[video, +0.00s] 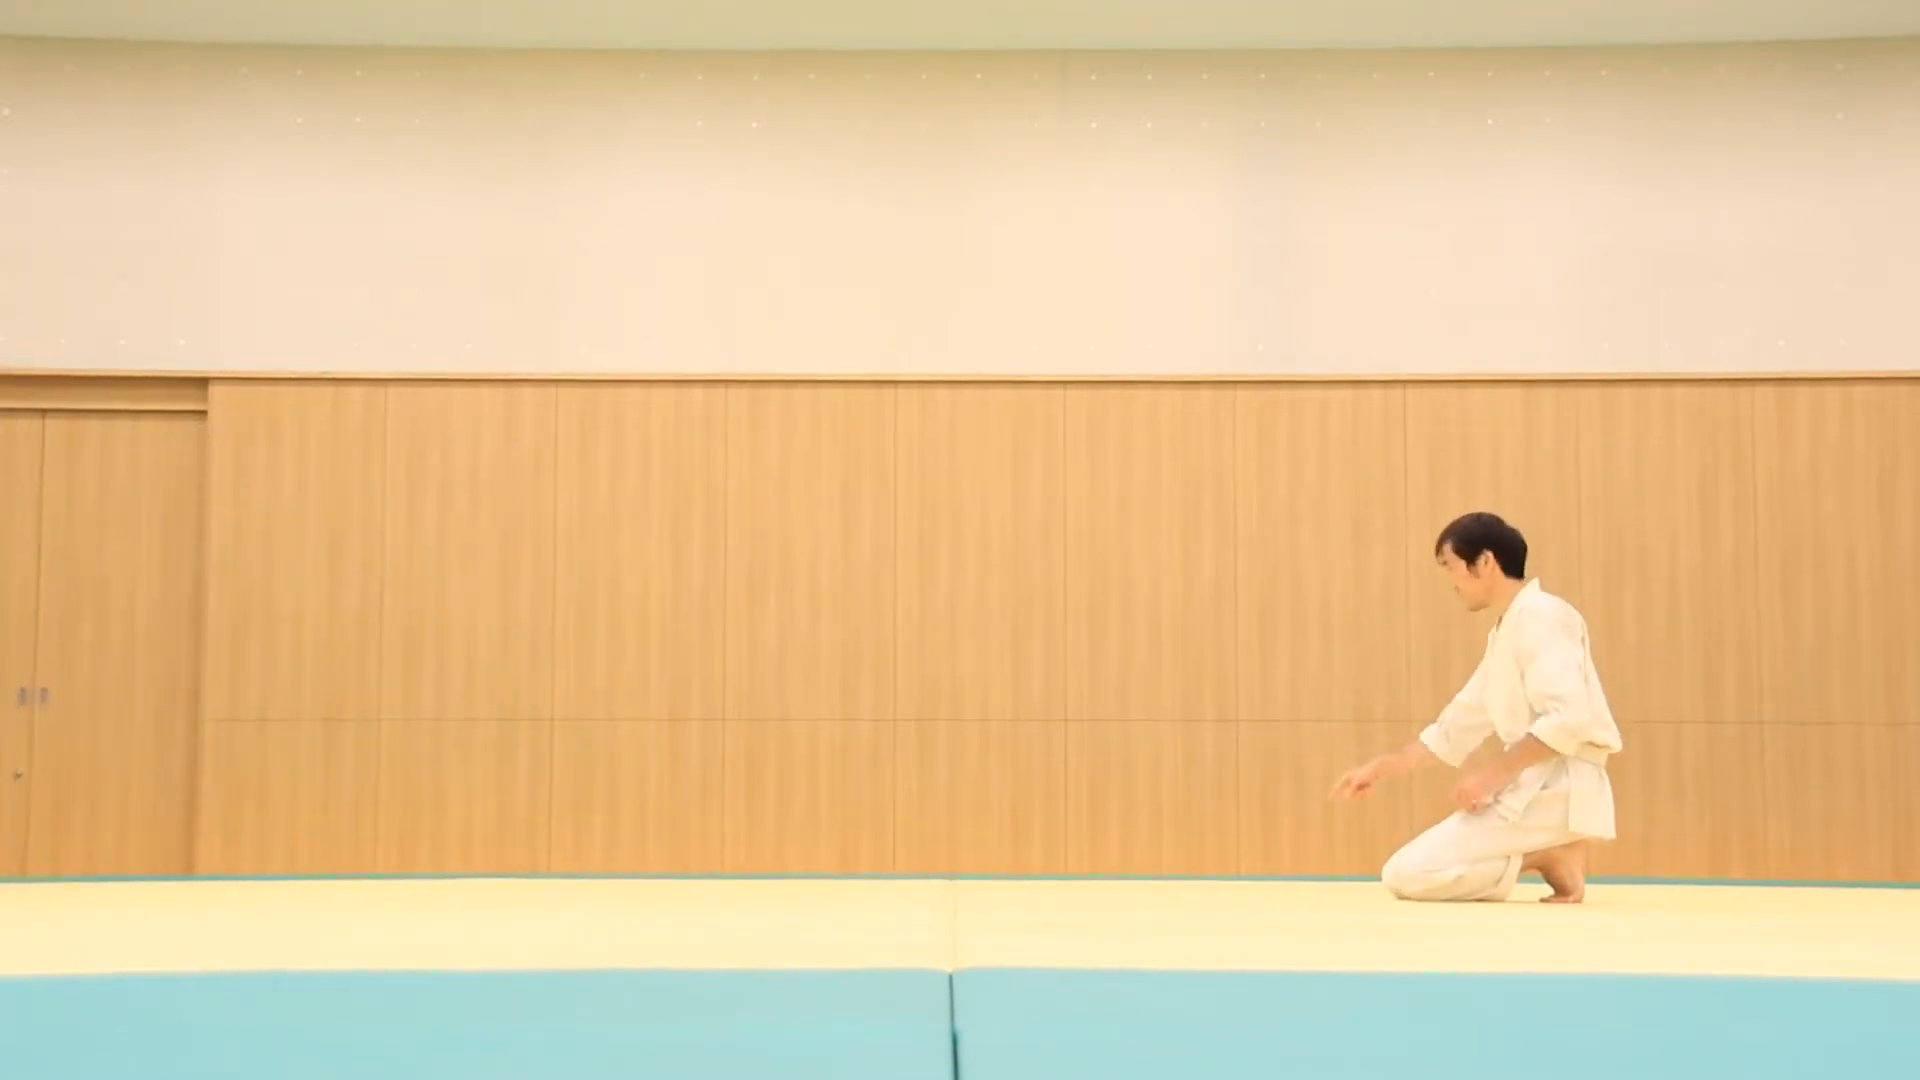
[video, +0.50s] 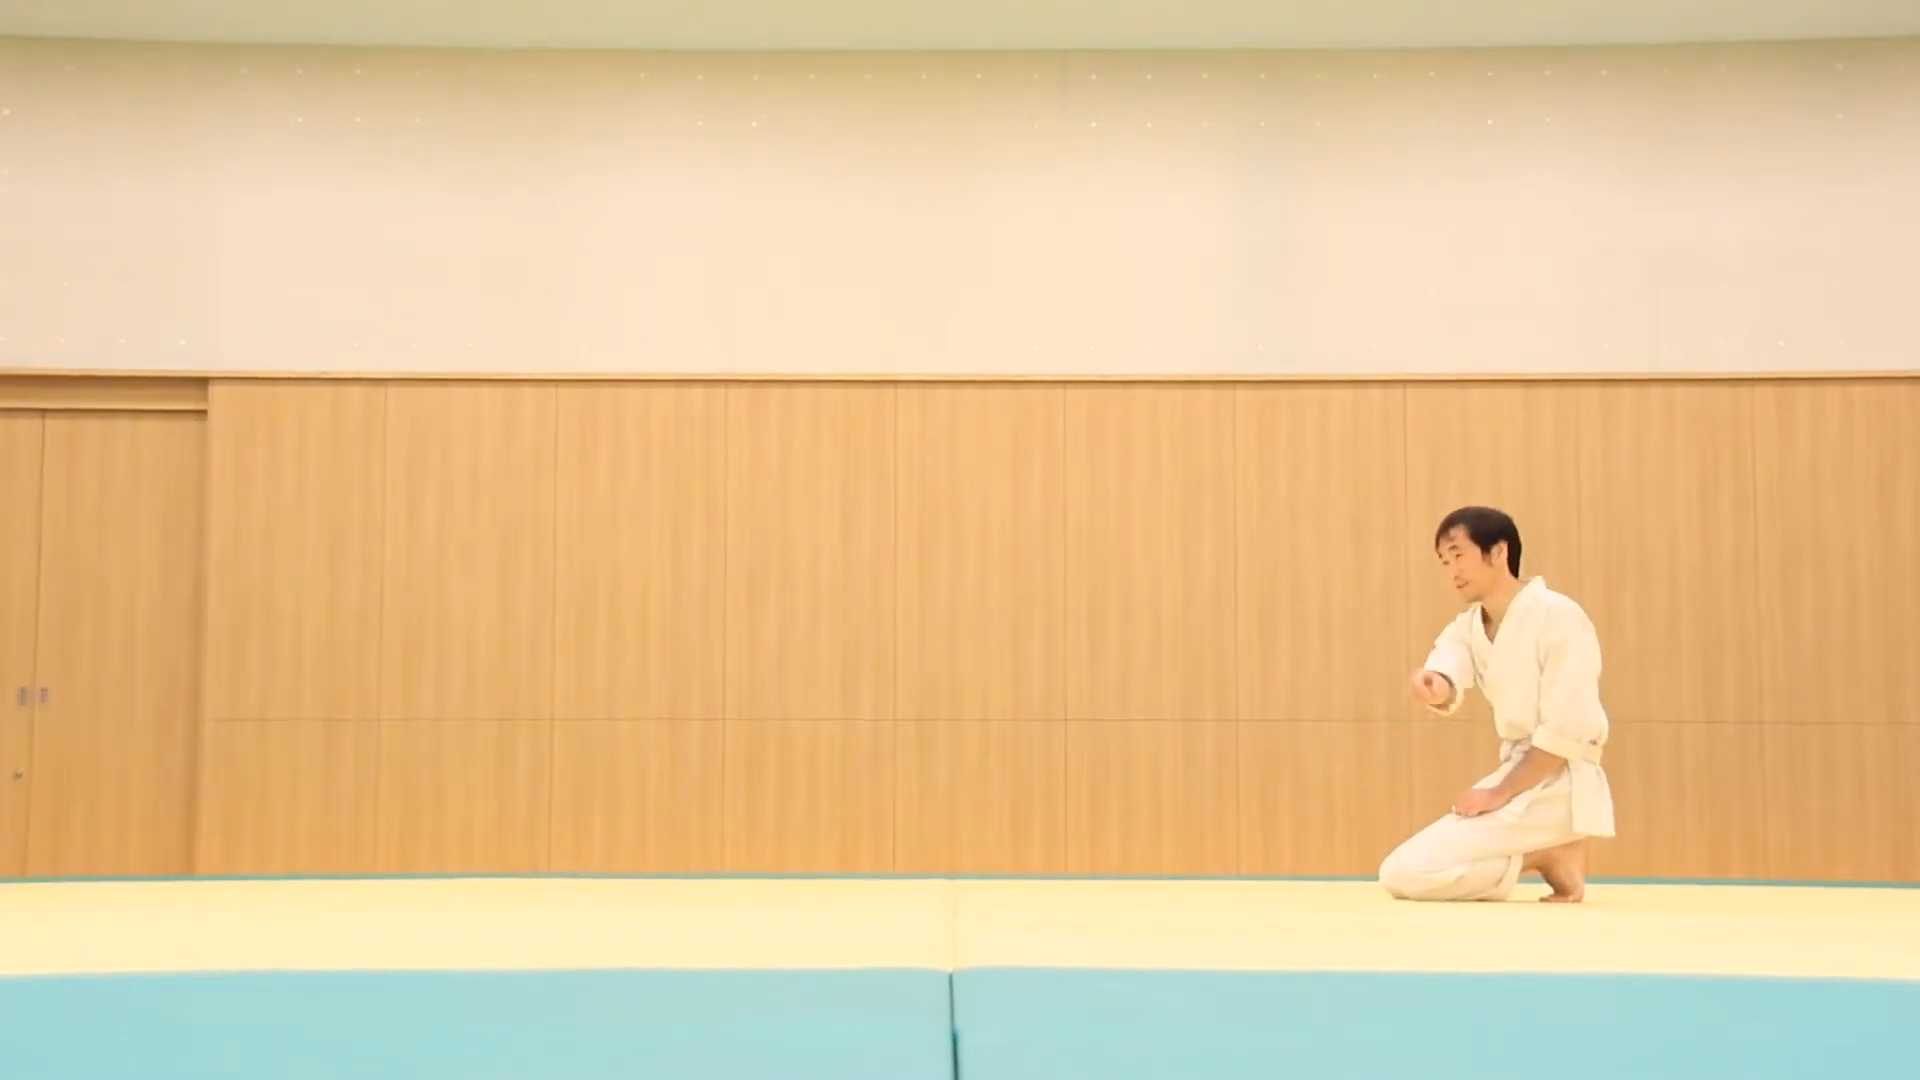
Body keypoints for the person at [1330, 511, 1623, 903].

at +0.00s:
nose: (1451, 582)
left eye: (1451, 568)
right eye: (1446, 571)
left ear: (1487, 564)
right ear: (1487, 566)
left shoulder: (1541, 616)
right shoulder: (1508, 629)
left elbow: (1570, 719)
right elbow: (1460, 722)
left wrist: (1494, 774)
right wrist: (1381, 769)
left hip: (1560, 794)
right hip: (1537, 789)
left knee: (1407, 877)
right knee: (1406, 873)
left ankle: (1549, 855)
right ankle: (1546, 857)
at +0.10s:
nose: (1452, 581)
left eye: (1456, 565)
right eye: (1448, 570)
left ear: (1495, 560)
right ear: (1491, 564)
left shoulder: (1553, 621)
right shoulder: (1495, 638)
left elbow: (1573, 730)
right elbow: (1446, 738)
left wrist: (1503, 789)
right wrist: (1374, 755)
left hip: (1563, 791)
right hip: (1526, 785)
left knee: (1406, 876)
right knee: (1405, 872)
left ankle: (1550, 856)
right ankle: (1545, 858)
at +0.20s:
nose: (1454, 579)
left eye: (1460, 563)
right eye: (1449, 569)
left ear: (1501, 558)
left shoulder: (1561, 622)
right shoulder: (1485, 640)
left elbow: (1575, 729)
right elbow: (1438, 723)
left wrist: (1503, 789)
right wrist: (1380, 746)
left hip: (1565, 791)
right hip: (1520, 786)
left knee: (1406, 876)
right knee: (1403, 873)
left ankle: (1550, 856)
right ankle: (1546, 858)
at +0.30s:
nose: (1458, 575)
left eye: (1465, 559)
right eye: (1453, 565)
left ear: (1506, 555)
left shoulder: (1564, 621)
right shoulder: (1474, 637)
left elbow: (1578, 728)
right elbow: (1433, 705)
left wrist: (1506, 789)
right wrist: (1392, 734)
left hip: (1566, 789)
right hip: (1516, 784)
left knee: (1405, 875)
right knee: (1401, 874)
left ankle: (1548, 857)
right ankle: (1546, 857)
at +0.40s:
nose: (1455, 574)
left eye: (1462, 558)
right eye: (1449, 565)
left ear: (1503, 555)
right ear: (1446, 569)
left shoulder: (1559, 621)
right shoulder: (1471, 633)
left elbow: (1575, 728)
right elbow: (1442, 696)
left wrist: (1501, 792)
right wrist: (1425, 697)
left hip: (1563, 788)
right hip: (1513, 780)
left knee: (1404, 875)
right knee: (1398, 874)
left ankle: (1547, 855)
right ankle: (1543, 856)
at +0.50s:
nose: (1452, 572)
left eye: (1458, 556)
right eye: (1446, 563)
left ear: (1498, 554)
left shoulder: (1559, 618)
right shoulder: (1468, 627)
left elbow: (1568, 728)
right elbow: (1448, 664)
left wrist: (1498, 792)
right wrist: (1435, 685)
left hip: (1563, 788)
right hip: (1514, 780)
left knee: (1405, 875)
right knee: (1398, 874)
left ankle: (1548, 855)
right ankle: (1544, 856)